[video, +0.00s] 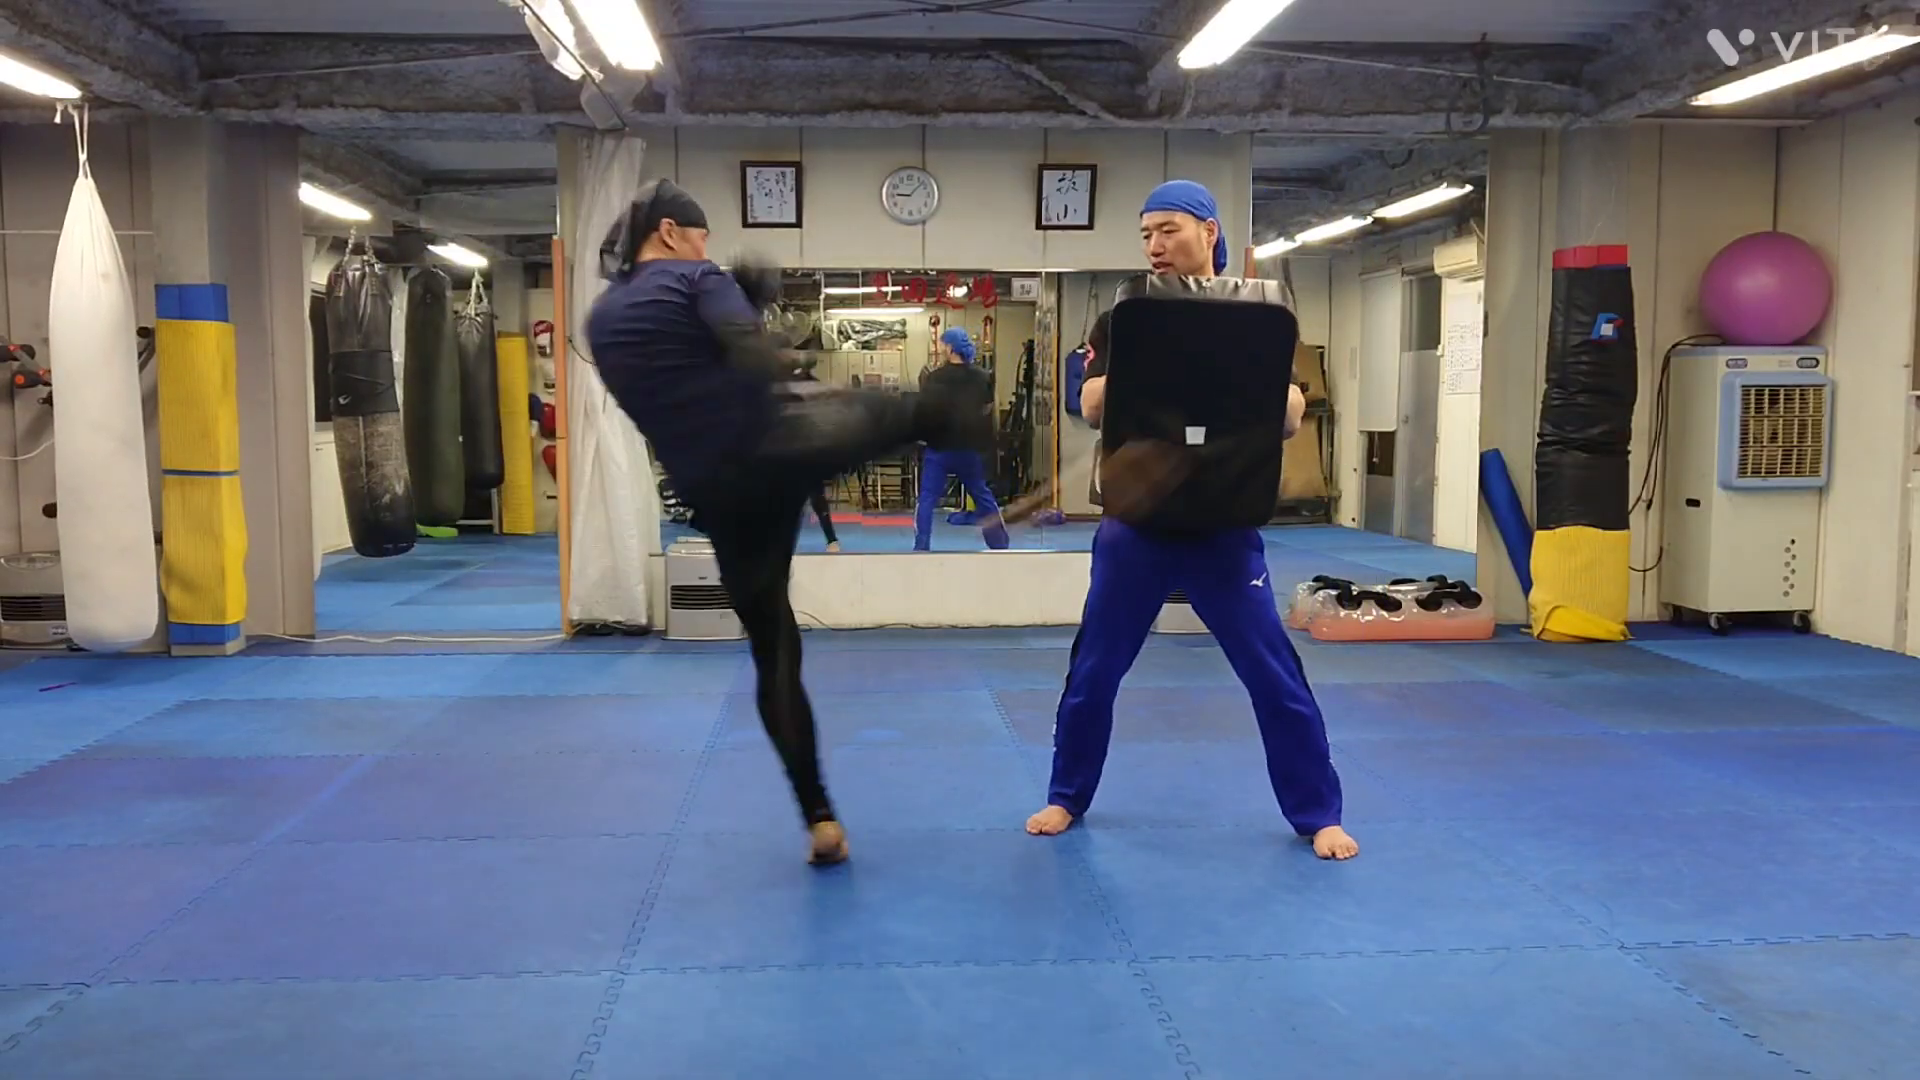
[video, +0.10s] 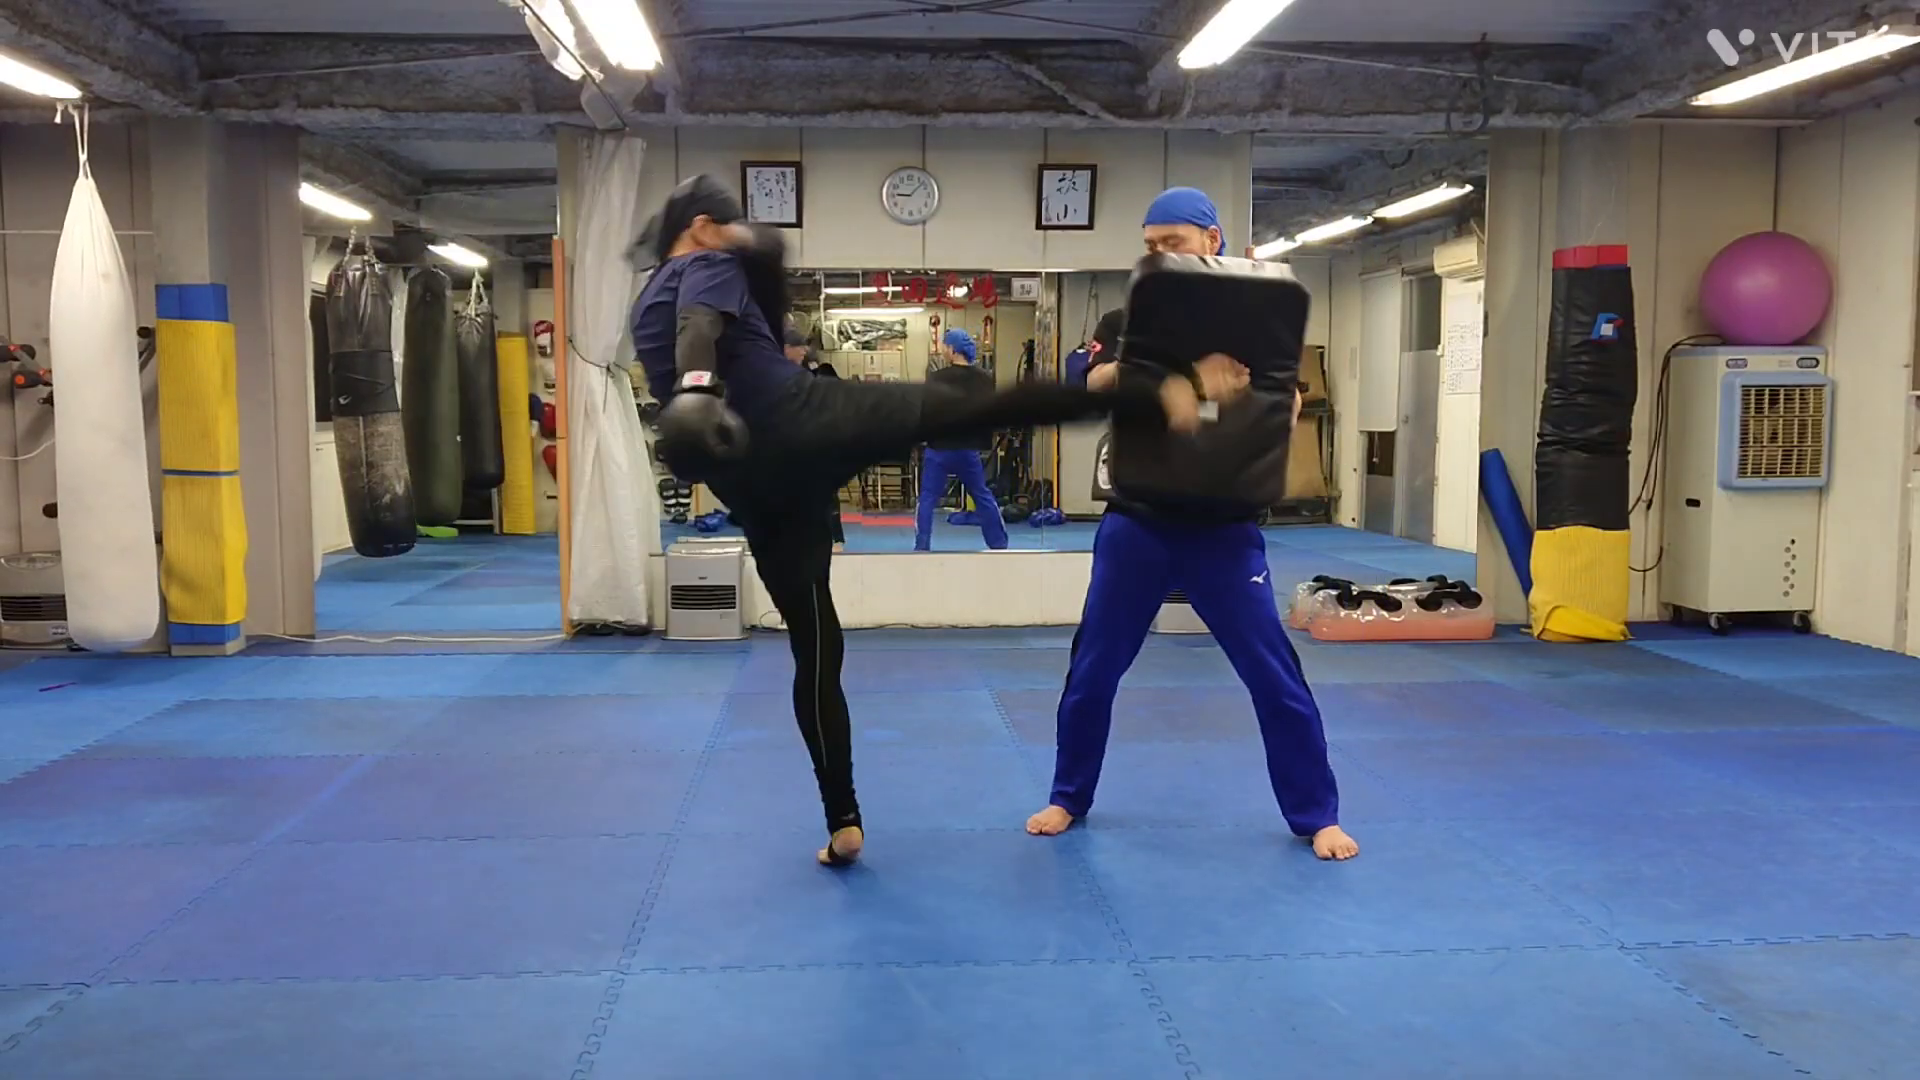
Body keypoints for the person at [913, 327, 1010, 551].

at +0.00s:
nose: (940, 349)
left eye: (942, 346)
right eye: (941, 345)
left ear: (951, 349)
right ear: (966, 349)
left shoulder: (935, 378)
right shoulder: (981, 377)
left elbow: (925, 413)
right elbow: (987, 406)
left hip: (940, 445)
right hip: (971, 444)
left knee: (928, 497)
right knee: (980, 492)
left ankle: (921, 546)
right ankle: (1000, 543)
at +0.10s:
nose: (943, 351)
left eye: (945, 347)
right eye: (944, 347)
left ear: (952, 350)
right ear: (969, 350)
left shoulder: (936, 378)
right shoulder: (985, 379)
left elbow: (927, 412)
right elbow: (989, 413)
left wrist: (923, 437)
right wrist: (985, 442)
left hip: (938, 445)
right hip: (969, 446)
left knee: (927, 498)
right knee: (981, 494)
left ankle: (921, 546)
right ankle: (999, 543)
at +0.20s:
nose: (945, 349)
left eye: (947, 346)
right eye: (947, 345)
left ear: (952, 349)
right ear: (971, 349)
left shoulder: (938, 376)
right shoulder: (986, 379)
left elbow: (927, 400)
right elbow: (990, 408)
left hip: (941, 453)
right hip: (976, 453)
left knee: (927, 493)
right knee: (988, 498)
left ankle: (922, 545)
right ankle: (1000, 547)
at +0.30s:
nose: (946, 345)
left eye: (947, 342)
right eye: (947, 341)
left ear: (952, 345)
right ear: (972, 345)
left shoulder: (938, 373)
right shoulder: (985, 376)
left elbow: (926, 403)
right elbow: (991, 407)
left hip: (944, 445)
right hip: (975, 444)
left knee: (930, 496)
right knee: (990, 494)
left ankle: (923, 545)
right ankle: (1002, 543)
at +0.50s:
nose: (956, 347)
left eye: (958, 344)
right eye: (958, 343)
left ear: (964, 348)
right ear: (982, 346)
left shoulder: (951, 375)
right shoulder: (998, 376)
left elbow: (940, 406)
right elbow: (1007, 410)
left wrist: (957, 416)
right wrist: (993, 425)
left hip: (953, 447)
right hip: (984, 447)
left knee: (935, 498)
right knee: (1003, 497)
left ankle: (921, 546)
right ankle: (1019, 543)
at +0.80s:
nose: (983, 342)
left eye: (986, 338)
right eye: (985, 337)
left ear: (995, 343)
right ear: (1009, 343)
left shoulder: (982, 371)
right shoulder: (1025, 371)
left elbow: (968, 403)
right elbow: (1035, 397)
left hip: (985, 443)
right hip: (1015, 443)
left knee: (964, 492)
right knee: (1022, 497)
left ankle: (953, 544)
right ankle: (1034, 548)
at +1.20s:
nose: (990, 344)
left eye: (993, 340)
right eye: (992, 340)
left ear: (1000, 345)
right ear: (1017, 344)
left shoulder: (989, 374)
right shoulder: (1036, 373)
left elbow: (978, 406)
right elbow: (1049, 404)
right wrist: (1036, 421)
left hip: (994, 444)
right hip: (1025, 444)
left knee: (987, 499)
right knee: (1043, 495)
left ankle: (986, 552)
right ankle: (1063, 546)